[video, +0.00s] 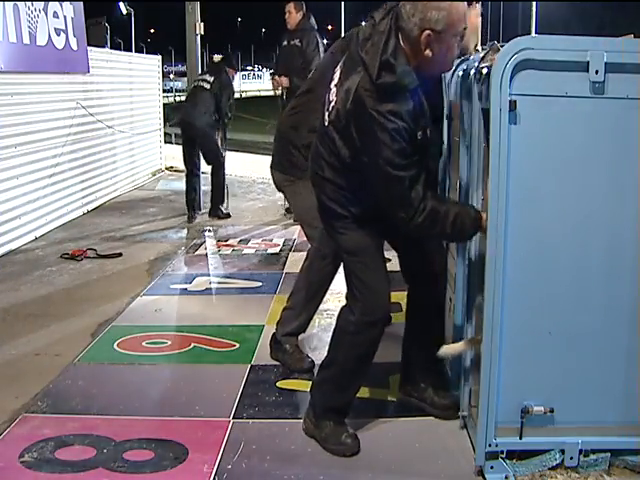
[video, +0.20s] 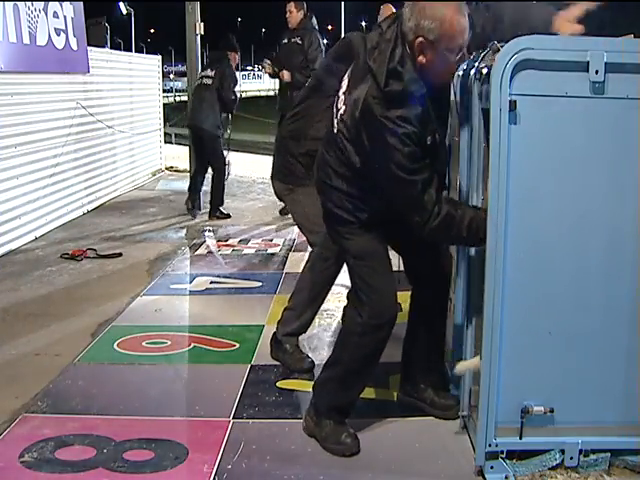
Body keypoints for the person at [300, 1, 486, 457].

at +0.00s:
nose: (461, 46)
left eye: (462, 37)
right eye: (457, 38)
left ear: (424, 36)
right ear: (426, 41)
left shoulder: (399, 29)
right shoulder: (387, 94)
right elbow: (404, 203)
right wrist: (472, 221)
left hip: (392, 179)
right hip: (346, 190)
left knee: (429, 274)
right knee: (371, 306)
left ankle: (420, 380)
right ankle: (324, 413)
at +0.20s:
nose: (461, 59)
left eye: (463, 49)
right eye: (454, 52)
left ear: (425, 45)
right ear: (422, 50)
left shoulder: (411, 30)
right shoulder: (396, 105)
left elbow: (486, 16)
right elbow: (420, 209)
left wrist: (551, 17)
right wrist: (500, 225)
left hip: (395, 190)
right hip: (349, 192)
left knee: (434, 275)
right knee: (378, 305)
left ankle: (419, 382)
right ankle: (325, 410)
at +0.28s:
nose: (460, 72)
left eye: (463, 60)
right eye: (452, 64)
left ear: (425, 52)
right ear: (419, 58)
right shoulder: (395, 107)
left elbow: (495, 25)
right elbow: (427, 213)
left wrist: (568, 29)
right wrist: (504, 225)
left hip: (401, 187)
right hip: (352, 191)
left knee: (435, 273)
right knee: (378, 303)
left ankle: (421, 381)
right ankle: (324, 411)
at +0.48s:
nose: (461, 91)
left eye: (466, 79)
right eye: (450, 84)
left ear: (472, 49)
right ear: (422, 67)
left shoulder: (469, 35)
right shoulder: (398, 116)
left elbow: (517, 23)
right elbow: (438, 221)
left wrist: (582, 29)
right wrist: (509, 226)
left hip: (410, 188)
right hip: (357, 186)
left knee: (438, 271)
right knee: (375, 299)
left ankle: (420, 383)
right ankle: (322, 409)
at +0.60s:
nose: (464, 101)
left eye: (469, 88)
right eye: (453, 91)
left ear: (475, 55)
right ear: (425, 71)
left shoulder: (458, 34)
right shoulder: (403, 117)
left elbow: (510, 23)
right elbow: (440, 210)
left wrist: (578, 28)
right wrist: (505, 238)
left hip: (411, 187)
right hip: (359, 186)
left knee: (439, 273)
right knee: (374, 300)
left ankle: (420, 382)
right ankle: (322, 409)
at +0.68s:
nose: (462, 107)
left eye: (468, 95)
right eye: (451, 98)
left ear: (477, 62)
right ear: (424, 77)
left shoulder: (461, 38)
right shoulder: (405, 126)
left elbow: (510, 24)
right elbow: (451, 217)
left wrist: (570, 28)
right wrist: (517, 235)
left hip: (413, 185)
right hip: (358, 185)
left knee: (439, 273)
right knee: (376, 300)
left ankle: (420, 381)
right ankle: (322, 410)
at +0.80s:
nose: (457, 118)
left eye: (463, 106)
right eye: (447, 110)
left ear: (471, 66)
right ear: (422, 88)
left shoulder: (454, 41)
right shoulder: (395, 128)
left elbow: (489, 24)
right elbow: (449, 214)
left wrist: (541, 27)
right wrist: (510, 236)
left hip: (414, 190)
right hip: (356, 194)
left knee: (436, 275)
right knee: (377, 303)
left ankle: (420, 381)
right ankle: (323, 408)